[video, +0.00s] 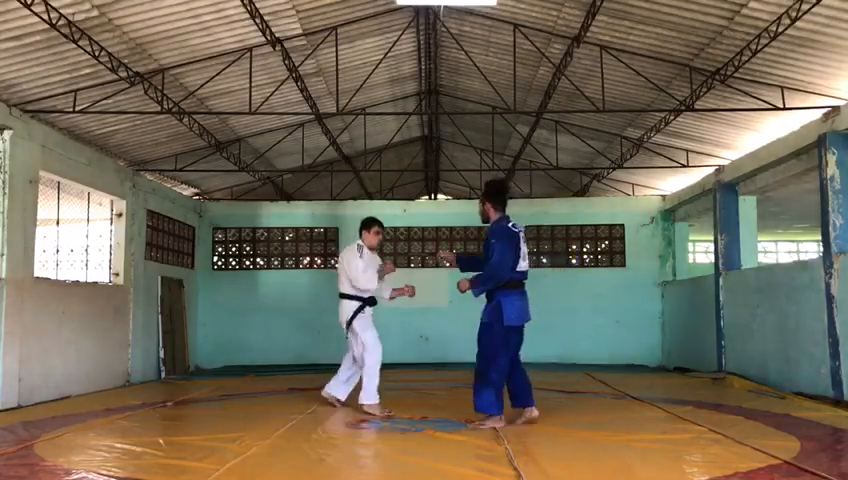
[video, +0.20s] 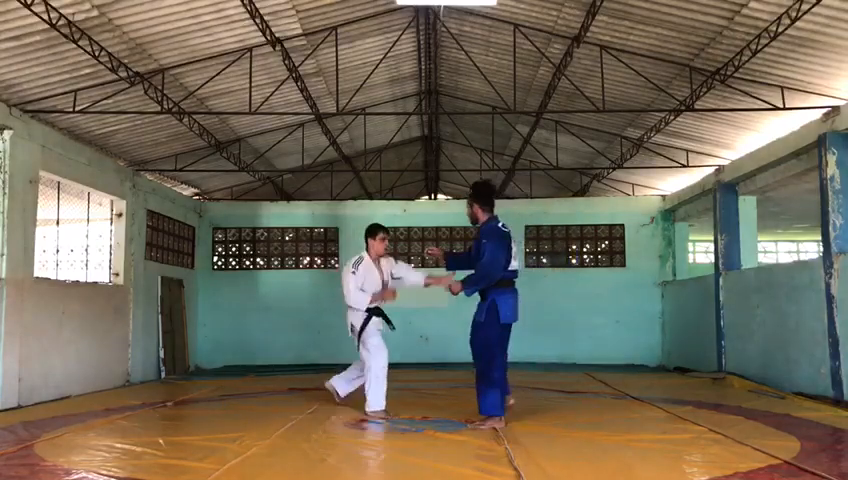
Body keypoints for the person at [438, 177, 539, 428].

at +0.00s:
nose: (480, 208)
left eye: (482, 204)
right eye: (481, 203)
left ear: (489, 206)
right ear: (500, 205)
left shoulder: (499, 231)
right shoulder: (512, 229)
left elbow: (500, 270)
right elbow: (489, 262)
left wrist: (473, 283)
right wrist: (457, 260)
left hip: (501, 302)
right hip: (515, 299)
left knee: (490, 356)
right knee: (510, 356)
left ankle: (493, 414)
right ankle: (528, 407)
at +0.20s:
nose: (468, 211)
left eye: (469, 207)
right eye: (468, 207)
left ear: (477, 208)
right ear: (487, 207)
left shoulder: (492, 232)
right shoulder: (492, 230)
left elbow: (491, 269)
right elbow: (473, 259)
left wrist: (463, 285)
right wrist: (445, 256)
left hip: (496, 299)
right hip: (499, 296)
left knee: (486, 350)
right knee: (491, 348)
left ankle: (493, 414)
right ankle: (502, 394)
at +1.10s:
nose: (433, 220)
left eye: (434, 216)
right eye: (434, 216)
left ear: (439, 217)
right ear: (451, 216)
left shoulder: (456, 244)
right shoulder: (447, 237)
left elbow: (447, 281)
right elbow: (425, 242)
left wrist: (416, 285)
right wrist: (403, 243)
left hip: (453, 306)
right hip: (450, 305)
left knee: (442, 355)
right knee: (441, 354)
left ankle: (455, 409)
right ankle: (450, 406)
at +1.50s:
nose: (432, 222)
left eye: (433, 217)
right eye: (433, 217)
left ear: (440, 217)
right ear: (452, 216)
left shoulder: (453, 241)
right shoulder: (461, 238)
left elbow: (448, 277)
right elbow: (448, 276)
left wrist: (426, 303)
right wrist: (427, 297)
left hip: (460, 301)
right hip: (466, 298)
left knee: (449, 353)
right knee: (454, 353)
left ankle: (456, 409)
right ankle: (454, 405)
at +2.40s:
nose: (487, 222)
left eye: (490, 217)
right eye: (487, 218)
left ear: (501, 218)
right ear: (499, 219)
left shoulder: (522, 244)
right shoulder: (498, 245)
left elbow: (504, 274)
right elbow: (488, 273)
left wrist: (485, 254)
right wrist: (460, 265)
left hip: (528, 305)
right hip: (509, 306)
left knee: (535, 356)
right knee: (496, 351)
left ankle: (560, 408)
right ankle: (522, 396)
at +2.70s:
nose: (468, 231)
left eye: (470, 227)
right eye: (468, 227)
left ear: (481, 227)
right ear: (483, 228)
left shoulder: (506, 251)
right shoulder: (482, 253)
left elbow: (496, 285)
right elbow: (475, 279)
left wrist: (467, 270)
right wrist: (445, 274)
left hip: (521, 309)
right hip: (500, 309)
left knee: (534, 358)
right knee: (481, 354)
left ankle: (557, 410)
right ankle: (468, 404)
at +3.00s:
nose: (444, 233)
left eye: (445, 228)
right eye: (443, 228)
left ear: (453, 228)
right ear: (458, 227)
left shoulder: (481, 249)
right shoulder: (457, 251)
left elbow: (477, 283)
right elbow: (438, 266)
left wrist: (447, 276)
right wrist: (413, 268)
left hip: (501, 305)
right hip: (481, 305)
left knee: (504, 353)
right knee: (470, 352)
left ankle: (520, 406)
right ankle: (465, 405)